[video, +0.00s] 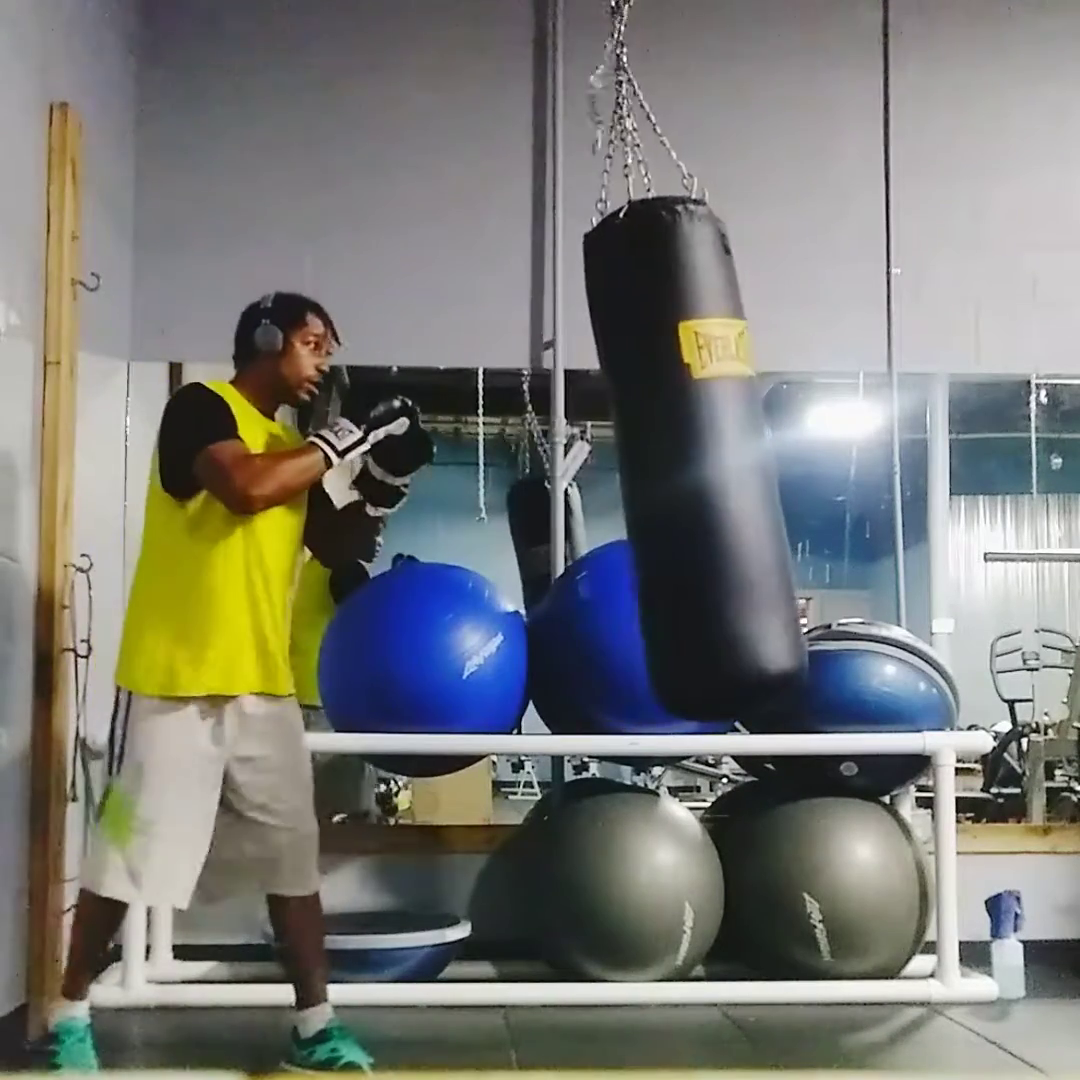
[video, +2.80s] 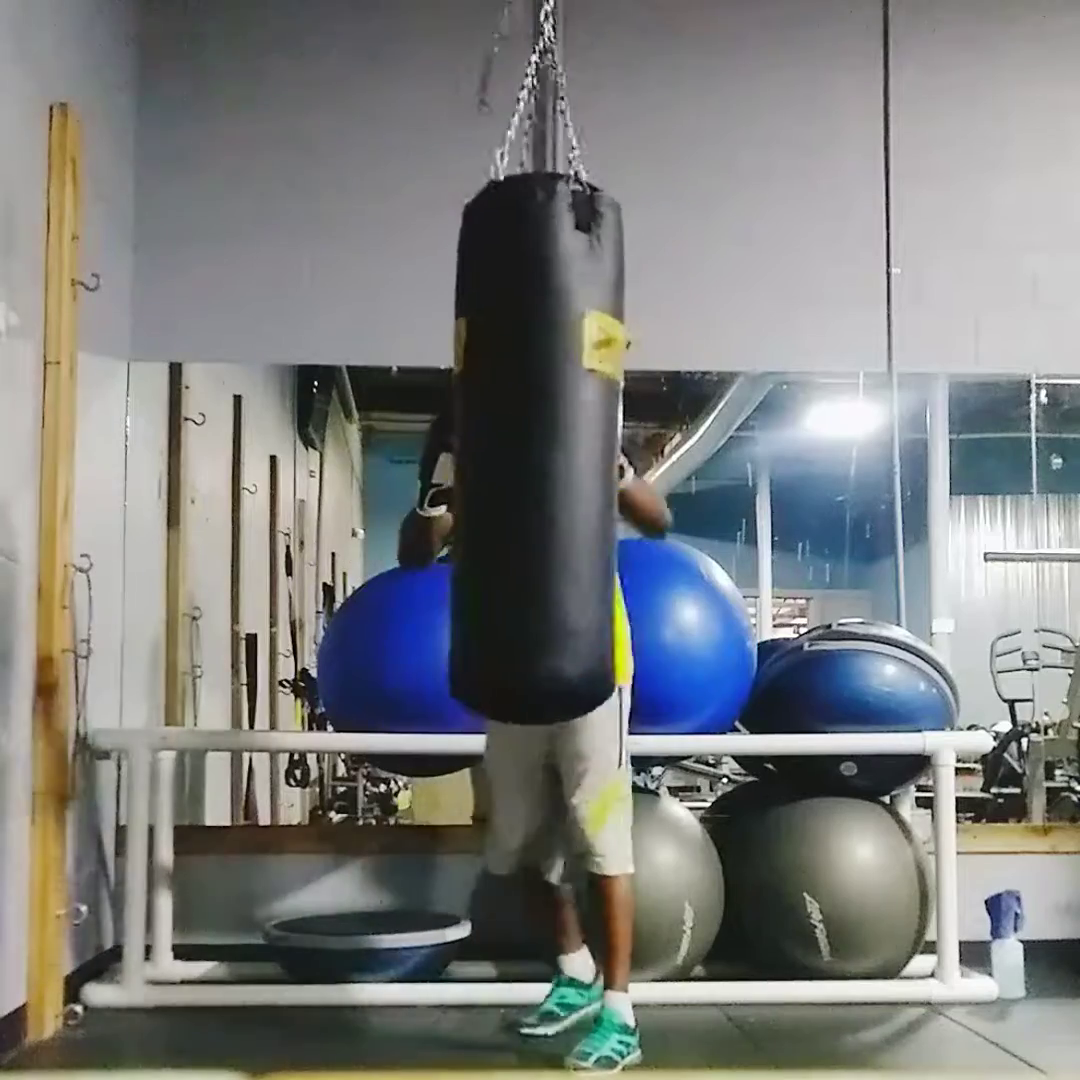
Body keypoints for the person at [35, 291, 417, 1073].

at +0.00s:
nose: (325, 360)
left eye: (329, 350)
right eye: (314, 343)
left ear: (307, 360)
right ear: (268, 340)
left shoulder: (293, 446)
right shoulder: (198, 404)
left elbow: (333, 548)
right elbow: (247, 485)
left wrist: (374, 490)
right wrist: (340, 443)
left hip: (262, 677)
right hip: (174, 670)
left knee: (292, 851)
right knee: (128, 853)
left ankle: (316, 1026)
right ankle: (67, 1015)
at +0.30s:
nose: (334, 368)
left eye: (340, 356)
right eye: (322, 351)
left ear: (338, 367)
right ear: (278, 354)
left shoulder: (330, 445)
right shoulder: (209, 422)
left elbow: (351, 558)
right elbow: (233, 512)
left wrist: (385, 502)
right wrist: (324, 434)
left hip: (297, 686)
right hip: (197, 687)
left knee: (351, 845)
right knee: (134, 856)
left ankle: (372, 1017)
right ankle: (77, 1018)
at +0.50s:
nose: (357, 365)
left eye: (367, 355)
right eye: (342, 348)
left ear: (370, 368)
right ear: (299, 351)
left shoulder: (367, 442)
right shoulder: (239, 421)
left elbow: (451, 508)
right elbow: (239, 514)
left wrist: (516, 458)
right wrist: (337, 439)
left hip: (322, 682)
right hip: (225, 679)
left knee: (362, 850)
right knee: (186, 857)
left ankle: (374, 1017)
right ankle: (152, 1006)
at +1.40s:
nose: (412, 367)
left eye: (424, 357)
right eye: (396, 353)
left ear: (436, 372)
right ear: (362, 364)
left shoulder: (459, 446)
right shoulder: (321, 439)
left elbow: (528, 536)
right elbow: (289, 537)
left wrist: (546, 486)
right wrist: (368, 471)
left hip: (428, 676)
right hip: (328, 679)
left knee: (445, 843)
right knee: (292, 838)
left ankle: (456, 1012)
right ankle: (274, 984)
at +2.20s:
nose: (441, 382)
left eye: (456, 372)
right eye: (429, 370)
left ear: (473, 387)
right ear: (405, 383)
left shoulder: (507, 450)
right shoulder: (378, 458)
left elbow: (552, 545)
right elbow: (324, 538)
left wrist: (554, 464)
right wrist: (376, 444)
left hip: (486, 678)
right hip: (395, 681)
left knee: (515, 846)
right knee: (370, 847)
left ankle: (538, 1009)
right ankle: (345, 988)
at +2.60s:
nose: (470, 402)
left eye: (484, 389)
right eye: (461, 389)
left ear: (511, 399)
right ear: (446, 403)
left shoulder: (541, 470)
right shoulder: (437, 480)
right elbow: (383, 562)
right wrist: (414, 481)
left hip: (542, 692)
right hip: (469, 695)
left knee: (581, 852)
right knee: (469, 849)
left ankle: (612, 1011)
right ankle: (465, 987)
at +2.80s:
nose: (515, 384)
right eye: (500, 370)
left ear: (555, 377)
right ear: (480, 385)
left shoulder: (586, 438)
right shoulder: (470, 447)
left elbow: (657, 520)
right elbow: (413, 555)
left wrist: (609, 469)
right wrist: (445, 504)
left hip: (590, 664)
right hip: (507, 668)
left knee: (601, 841)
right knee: (533, 843)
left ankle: (618, 1011)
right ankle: (578, 978)